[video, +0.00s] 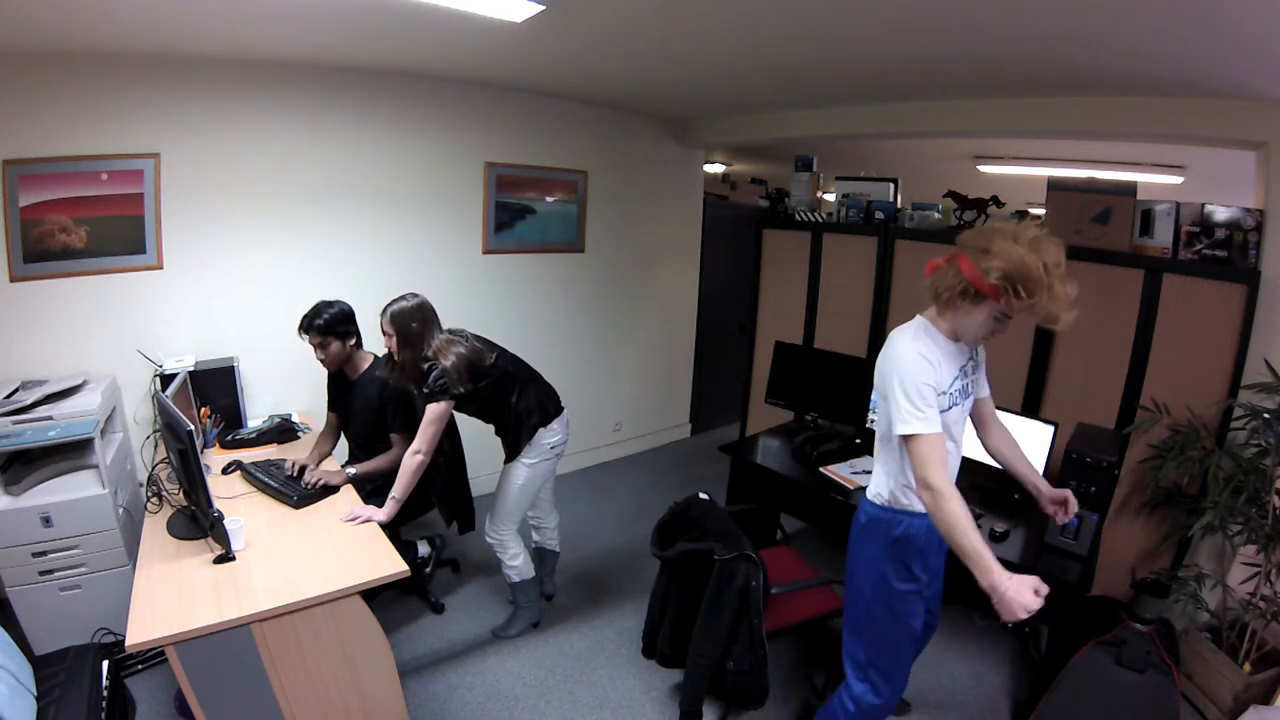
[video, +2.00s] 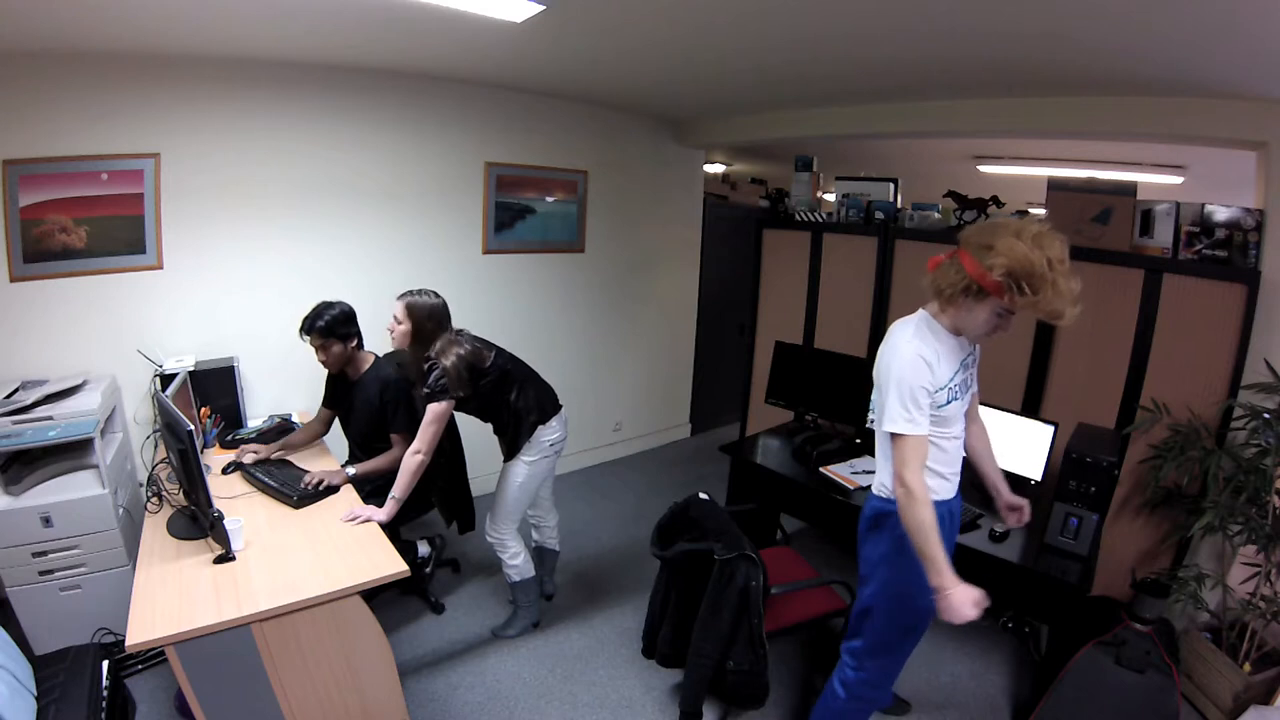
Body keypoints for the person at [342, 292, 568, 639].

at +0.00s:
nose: (386, 343)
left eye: (389, 336)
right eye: (384, 335)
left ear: (411, 336)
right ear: (421, 329)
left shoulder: (443, 370)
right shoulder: (451, 340)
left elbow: (420, 452)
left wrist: (388, 509)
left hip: (538, 433)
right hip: (547, 420)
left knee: (500, 530)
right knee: (541, 508)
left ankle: (528, 607)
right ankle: (546, 581)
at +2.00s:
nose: (390, 327)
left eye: (397, 321)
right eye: (393, 319)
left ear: (420, 328)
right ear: (429, 326)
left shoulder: (444, 368)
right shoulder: (452, 342)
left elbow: (420, 451)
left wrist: (388, 509)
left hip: (537, 432)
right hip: (546, 419)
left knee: (501, 529)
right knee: (541, 506)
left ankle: (527, 609)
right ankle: (545, 581)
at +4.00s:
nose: (390, 323)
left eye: (394, 315)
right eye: (389, 315)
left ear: (419, 312)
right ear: (426, 310)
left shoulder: (447, 348)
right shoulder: (458, 321)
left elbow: (412, 434)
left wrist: (369, 496)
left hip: (525, 431)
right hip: (538, 420)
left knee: (494, 529)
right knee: (538, 507)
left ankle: (527, 607)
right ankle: (545, 580)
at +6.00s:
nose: (386, 329)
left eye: (390, 321)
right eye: (386, 320)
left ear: (413, 319)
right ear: (422, 315)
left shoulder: (444, 355)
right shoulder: (455, 328)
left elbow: (414, 437)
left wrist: (372, 500)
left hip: (529, 432)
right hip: (542, 419)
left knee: (494, 529)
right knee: (540, 507)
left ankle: (527, 607)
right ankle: (545, 582)